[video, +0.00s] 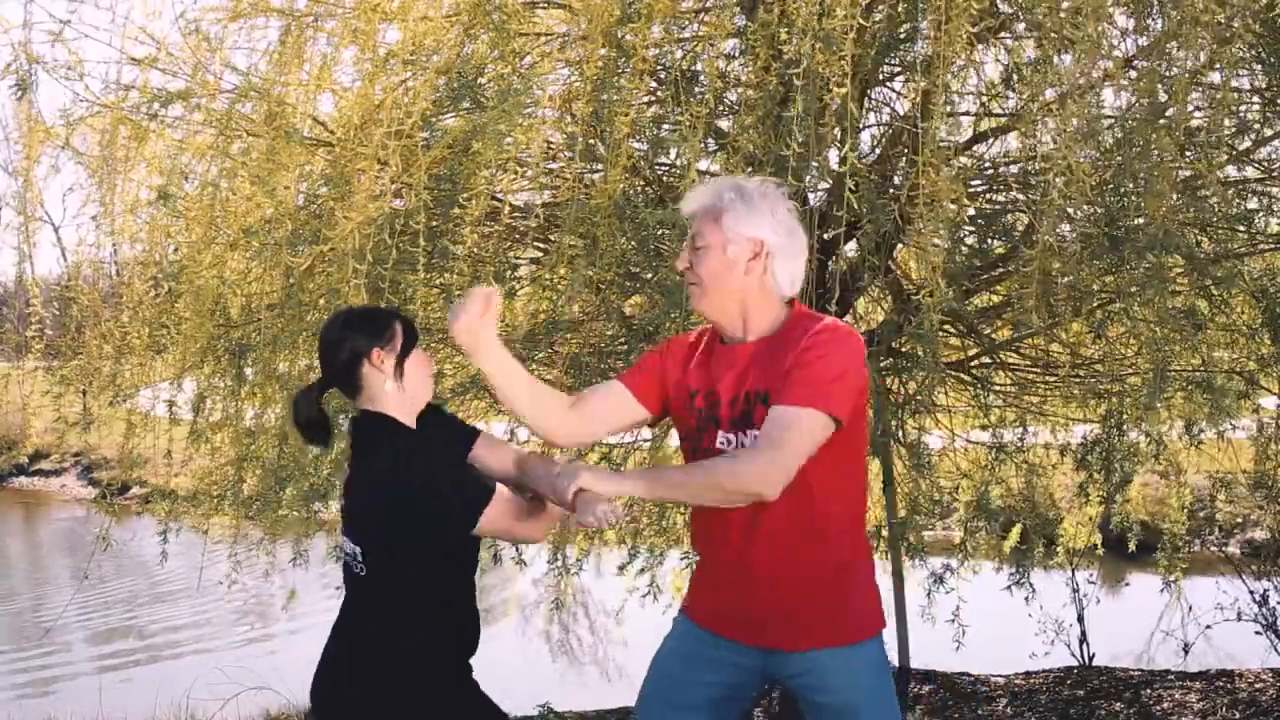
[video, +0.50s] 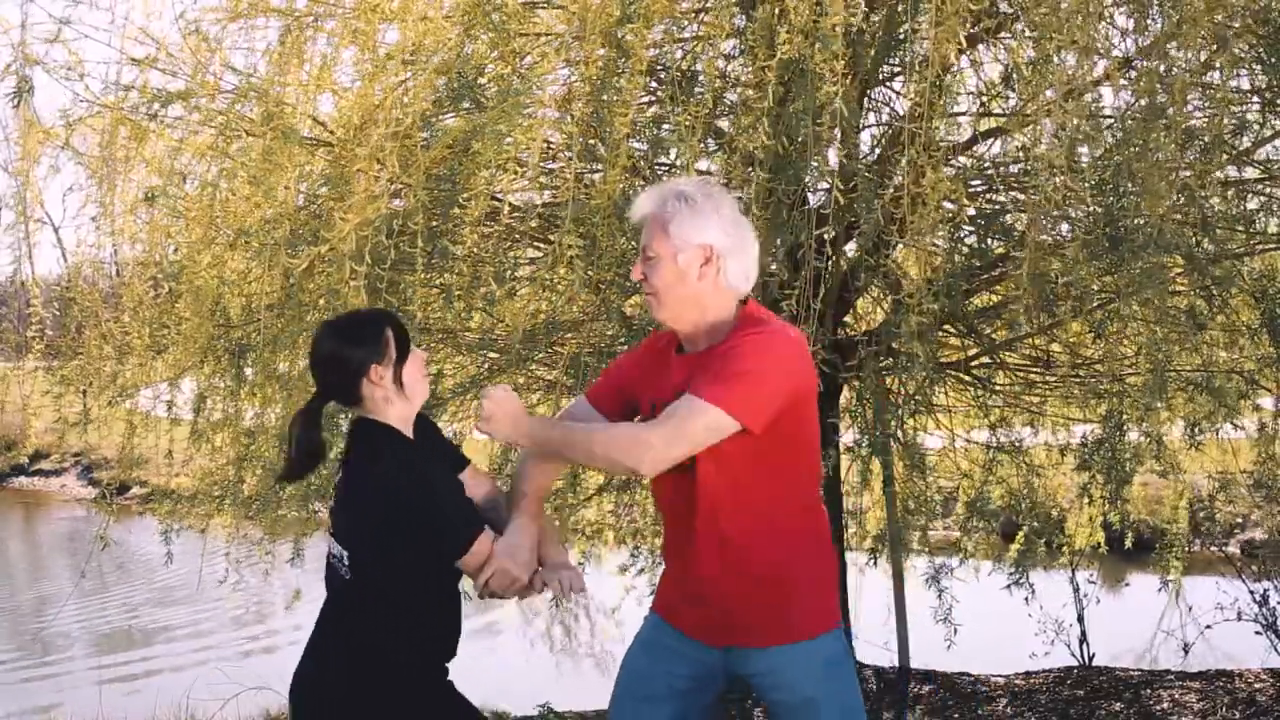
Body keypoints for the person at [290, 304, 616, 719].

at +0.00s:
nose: (430, 360)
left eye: (423, 346)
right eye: (419, 347)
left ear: (379, 360)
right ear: (381, 359)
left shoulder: (415, 419)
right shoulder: (408, 465)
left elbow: (516, 464)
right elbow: (530, 522)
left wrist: (574, 492)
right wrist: (568, 497)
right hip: (418, 693)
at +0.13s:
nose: (434, 358)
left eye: (425, 346)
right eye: (421, 349)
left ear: (387, 374)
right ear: (389, 371)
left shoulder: (440, 418)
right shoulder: (413, 483)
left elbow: (534, 481)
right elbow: (535, 554)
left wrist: (596, 542)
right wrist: (577, 509)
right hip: (410, 699)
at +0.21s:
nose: (437, 357)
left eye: (425, 346)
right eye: (422, 349)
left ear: (389, 380)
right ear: (391, 378)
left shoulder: (433, 418)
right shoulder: (412, 479)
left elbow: (537, 473)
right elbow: (535, 556)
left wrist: (602, 525)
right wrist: (587, 513)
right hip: (410, 700)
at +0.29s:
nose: (434, 357)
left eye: (424, 347)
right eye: (421, 350)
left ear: (386, 378)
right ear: (388, 376)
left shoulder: (421, 421)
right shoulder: (411, 479)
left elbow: (510, 466)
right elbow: (530, 550)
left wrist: (587, 507)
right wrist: (575, 520)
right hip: (414, 697)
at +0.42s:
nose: (428, 357)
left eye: (417, 347)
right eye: (413, 350)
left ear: (382, 383)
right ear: (383, 380)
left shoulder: (414, 427)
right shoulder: (403, 481)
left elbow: (494, 494)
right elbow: (500, 577)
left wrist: (558, 558)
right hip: (398, 698)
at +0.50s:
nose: (422, 355)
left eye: (412, 345)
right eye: (408, 349)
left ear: (377, 380)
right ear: (380, 376)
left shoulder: (406, 425)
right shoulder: (405, 469)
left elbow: (487, 494)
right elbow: (491, 567)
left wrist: (551, 553)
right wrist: (541, 575)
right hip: (394, 697)